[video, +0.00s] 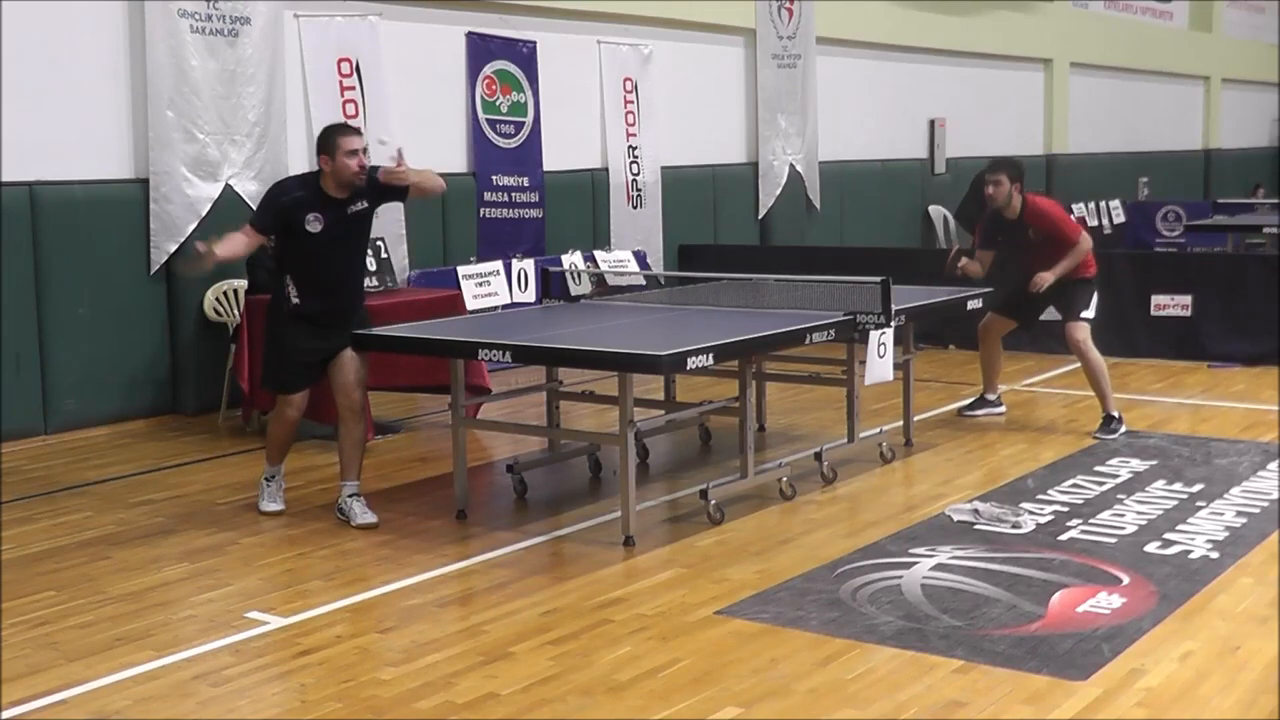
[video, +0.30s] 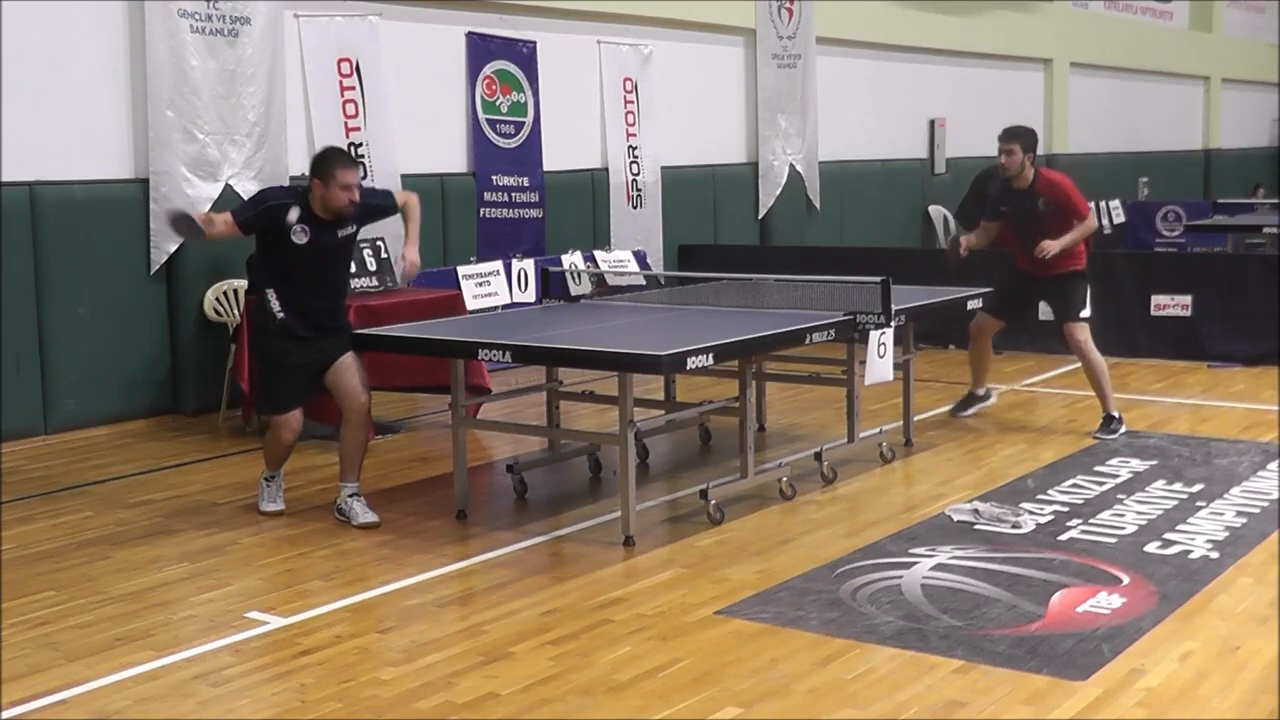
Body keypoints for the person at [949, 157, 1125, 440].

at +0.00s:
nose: (989, 191)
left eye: (996, 184)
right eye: (986, 185)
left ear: (1016, 187)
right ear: (985, 187)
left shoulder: (1043, 210)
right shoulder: (991, 220)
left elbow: (1085, 243)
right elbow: (980, 268)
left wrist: (1053, 274)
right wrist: (965, 264)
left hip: (1075, 278)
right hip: (1034, 281)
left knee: (1078, 339)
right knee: (988, 329)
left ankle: (1112, 416)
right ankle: (990, 397)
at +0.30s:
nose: (1001, 160)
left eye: (1008, 154)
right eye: (1000, 154)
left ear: (1029, 156)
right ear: (1001, 155)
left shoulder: (1056, 184)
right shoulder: (1001, 188)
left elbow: (1090, 222)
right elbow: (987, 231)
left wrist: (1059, 243)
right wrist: (969, 240)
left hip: (1066, 273)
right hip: (1025, 272)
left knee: (1078, 338)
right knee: (980, 328)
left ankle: (1112, 415)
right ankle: (978, 391)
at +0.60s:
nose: (975, 163)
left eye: (982, 156)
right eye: (974, 156)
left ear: (1002, 157)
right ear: (975, 157)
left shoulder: (1032, 185)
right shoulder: (974, 189)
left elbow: (1069, 217)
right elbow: (944, 218)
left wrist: (1042, 243)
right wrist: (920, 234)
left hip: (1046, 277)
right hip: (1002, 278)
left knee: (1065, 338)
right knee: (961, 332)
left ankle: (1104, 413)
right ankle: (949, 401)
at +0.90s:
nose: (951, 198)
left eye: (957, 191)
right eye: (949, 191)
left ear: (978, 190)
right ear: (947, 191)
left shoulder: (1007, 211)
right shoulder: (948, 217)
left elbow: (1045, 252)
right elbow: (908, 239)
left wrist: (1011, 276)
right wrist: (887, 260)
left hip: (1021, 296)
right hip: (974, 297)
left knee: (1054, 342)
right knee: (927, 339)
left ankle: (1075, 412)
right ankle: (898, 404)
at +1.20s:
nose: (931, 186)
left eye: (937, 179)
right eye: (927, 180)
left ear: (954, 176)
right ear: (925, 181)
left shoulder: (982, 195)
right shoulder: (928, 208)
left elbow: (1022, 229)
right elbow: (896, 227)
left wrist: (1019, 271)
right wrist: (857, 233)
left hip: (1003, 286)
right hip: (959, 292)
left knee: (1043, 336)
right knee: (916, 332)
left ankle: (1073, 410)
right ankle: (896, 403)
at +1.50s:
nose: (963, 158)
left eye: (969, 151)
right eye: (960, 152)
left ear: (987, 150)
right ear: (957, 153)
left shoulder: (1012, 173)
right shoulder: (955, 191)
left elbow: (1062, 177)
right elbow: (922, 228)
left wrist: (1062, 179)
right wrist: (897, 224)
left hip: (1025, 274)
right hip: (981, 276)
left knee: (1048, 331)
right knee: (940, 328)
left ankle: (1079, 404)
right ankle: (928, 398)